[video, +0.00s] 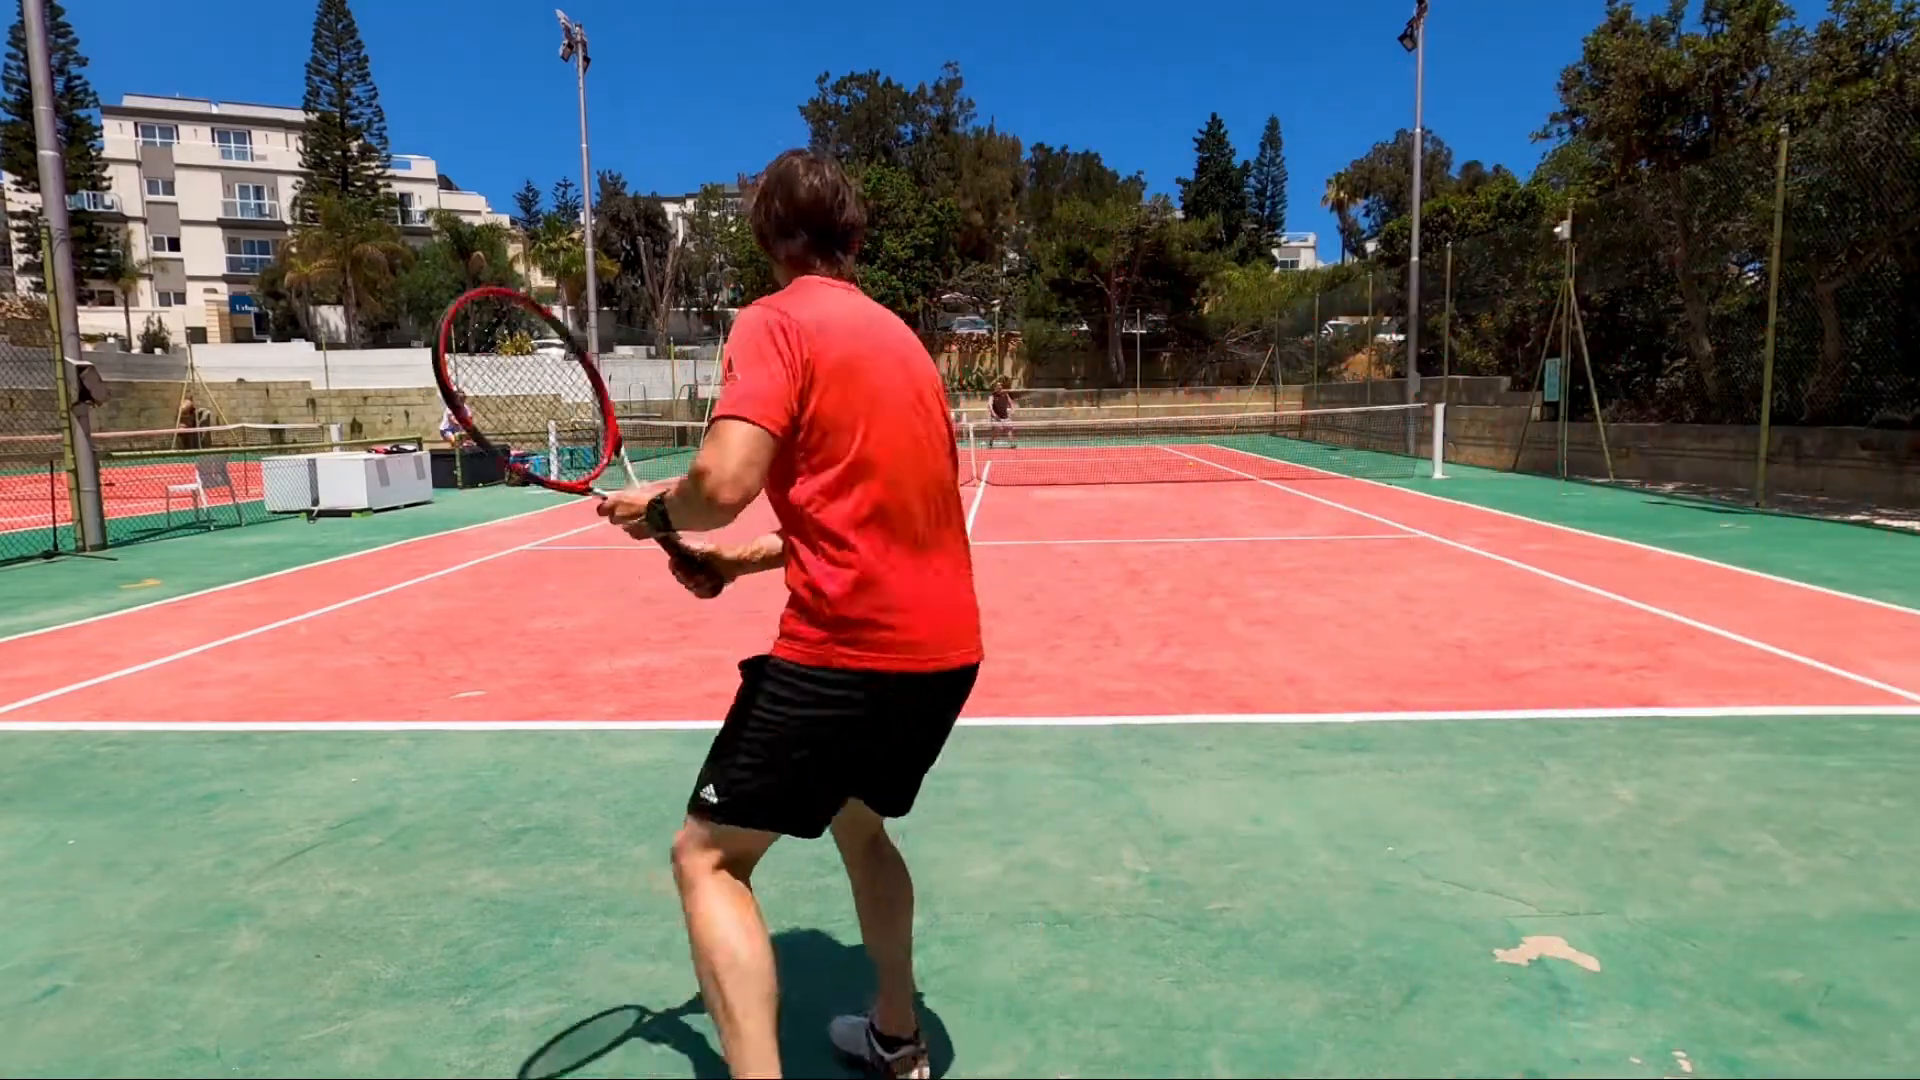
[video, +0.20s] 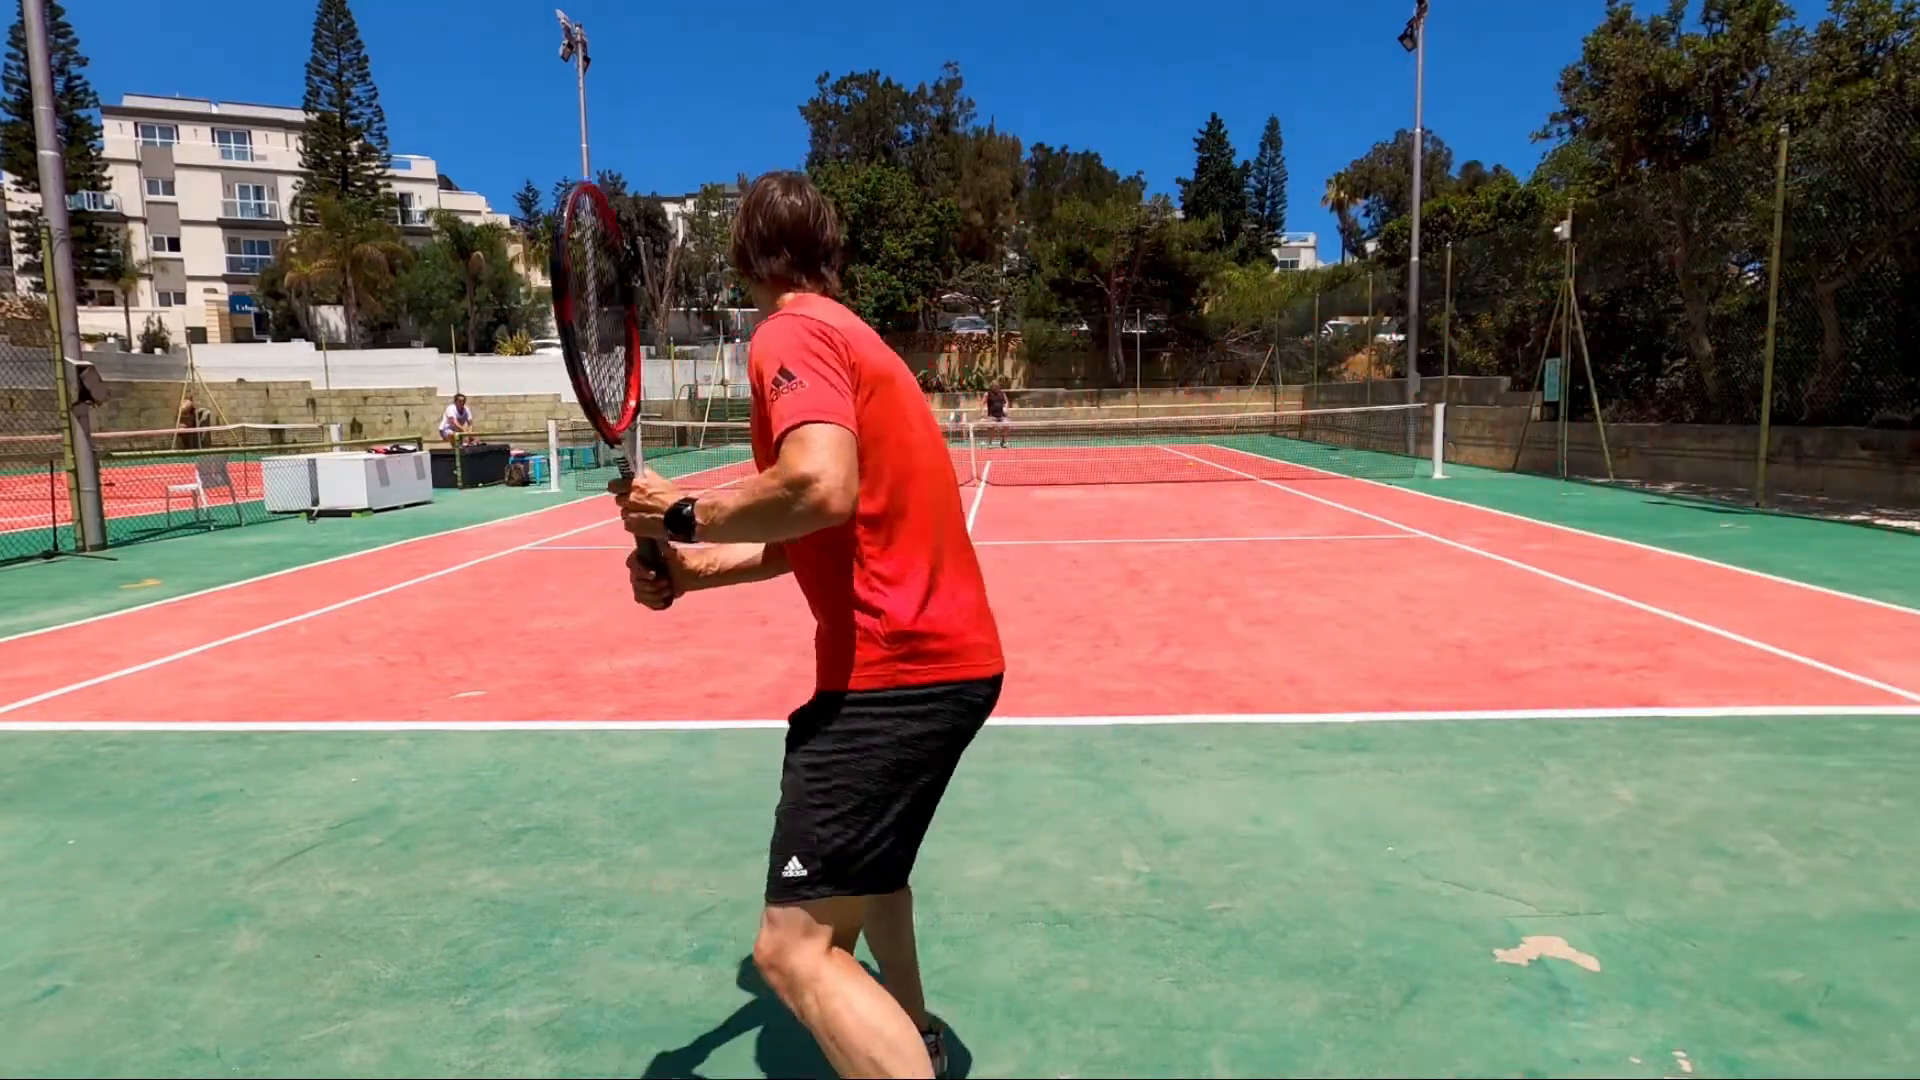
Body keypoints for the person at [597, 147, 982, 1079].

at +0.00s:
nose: (755, 240)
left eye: (756, 227)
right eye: (761, 228)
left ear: (768, 232)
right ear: (851, 235)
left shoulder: (776, 323)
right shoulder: (900, 339)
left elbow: (724, 486)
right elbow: (878, 510)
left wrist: (661, 507)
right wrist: (740, 558)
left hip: (837, 648)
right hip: (943, 647)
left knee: (709, 855)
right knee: (859, 819)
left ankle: (755, 1072)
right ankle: (897, 1029)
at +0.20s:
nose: (734, 265)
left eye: (736, 250)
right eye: (737, 250)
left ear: (748, 254)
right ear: (828, 250)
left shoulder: (794, 333)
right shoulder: (851, 341)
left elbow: (823, 487)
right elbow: (819, 537)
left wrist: (689, 513)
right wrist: (697, 568)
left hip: (896, 666)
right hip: (933, 659)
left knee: (793, 951)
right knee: (873, 870)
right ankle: (905, 1036)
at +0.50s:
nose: (673, 307)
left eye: (671, 287)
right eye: (674, 290)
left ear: (685, 285)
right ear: (759, 269)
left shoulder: (766, 331)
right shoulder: (751, 388)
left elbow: (847, 408)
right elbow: (698, 541)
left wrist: (667, 434)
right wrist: (621, 544)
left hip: (910, 687)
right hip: (860, 686)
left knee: (843, 996)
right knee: (785, 809)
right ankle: (858, 1022)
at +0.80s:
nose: (603, 281)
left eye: (603, 262)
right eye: (603, 263)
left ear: (622, 258)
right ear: (685, 246)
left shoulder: (711, 320)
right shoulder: (657, 358)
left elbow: (822, 441)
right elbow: (610, 467)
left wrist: (720, 550)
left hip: (792, 639)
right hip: (740, 638)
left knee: (794, 926)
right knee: (720, 805)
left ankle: (893, 1068)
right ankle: (789, 1014)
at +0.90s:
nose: (587, 214)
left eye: (585, 198)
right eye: (588, 199)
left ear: (601, 194)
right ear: (680, 183)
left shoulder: (637, 269)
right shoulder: (734, 262)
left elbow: (702, 417)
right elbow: (693, 417)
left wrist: (682, 590)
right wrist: (615, 499)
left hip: (737, 589)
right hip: (801, 581)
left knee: (762, 856)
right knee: (769, 817)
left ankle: (923, 1065)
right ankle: (785, 1006)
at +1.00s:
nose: (561, 179)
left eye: (558, 165)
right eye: (564, 165)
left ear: (570, 162)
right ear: (658, 148)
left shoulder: (596, 242)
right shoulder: (729, 239)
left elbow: (630, 384)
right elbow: (750, 396)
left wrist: (585, 551)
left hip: (683, 567)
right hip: (776, 558)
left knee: (717, 825)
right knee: (766, 781)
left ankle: (902, 997)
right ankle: (778, 992)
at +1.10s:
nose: (531, 193)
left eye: (529, 180)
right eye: (533, 180)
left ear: (546, 181)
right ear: (628, 163)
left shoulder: (572, 263)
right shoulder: (712, 236)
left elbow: (568, 376)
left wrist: (467, 535)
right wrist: (864, 172)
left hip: (651, 581)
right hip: (752, 572)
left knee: (665, 820)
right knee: (748, 774)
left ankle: (824, 999)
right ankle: (782, 1000)